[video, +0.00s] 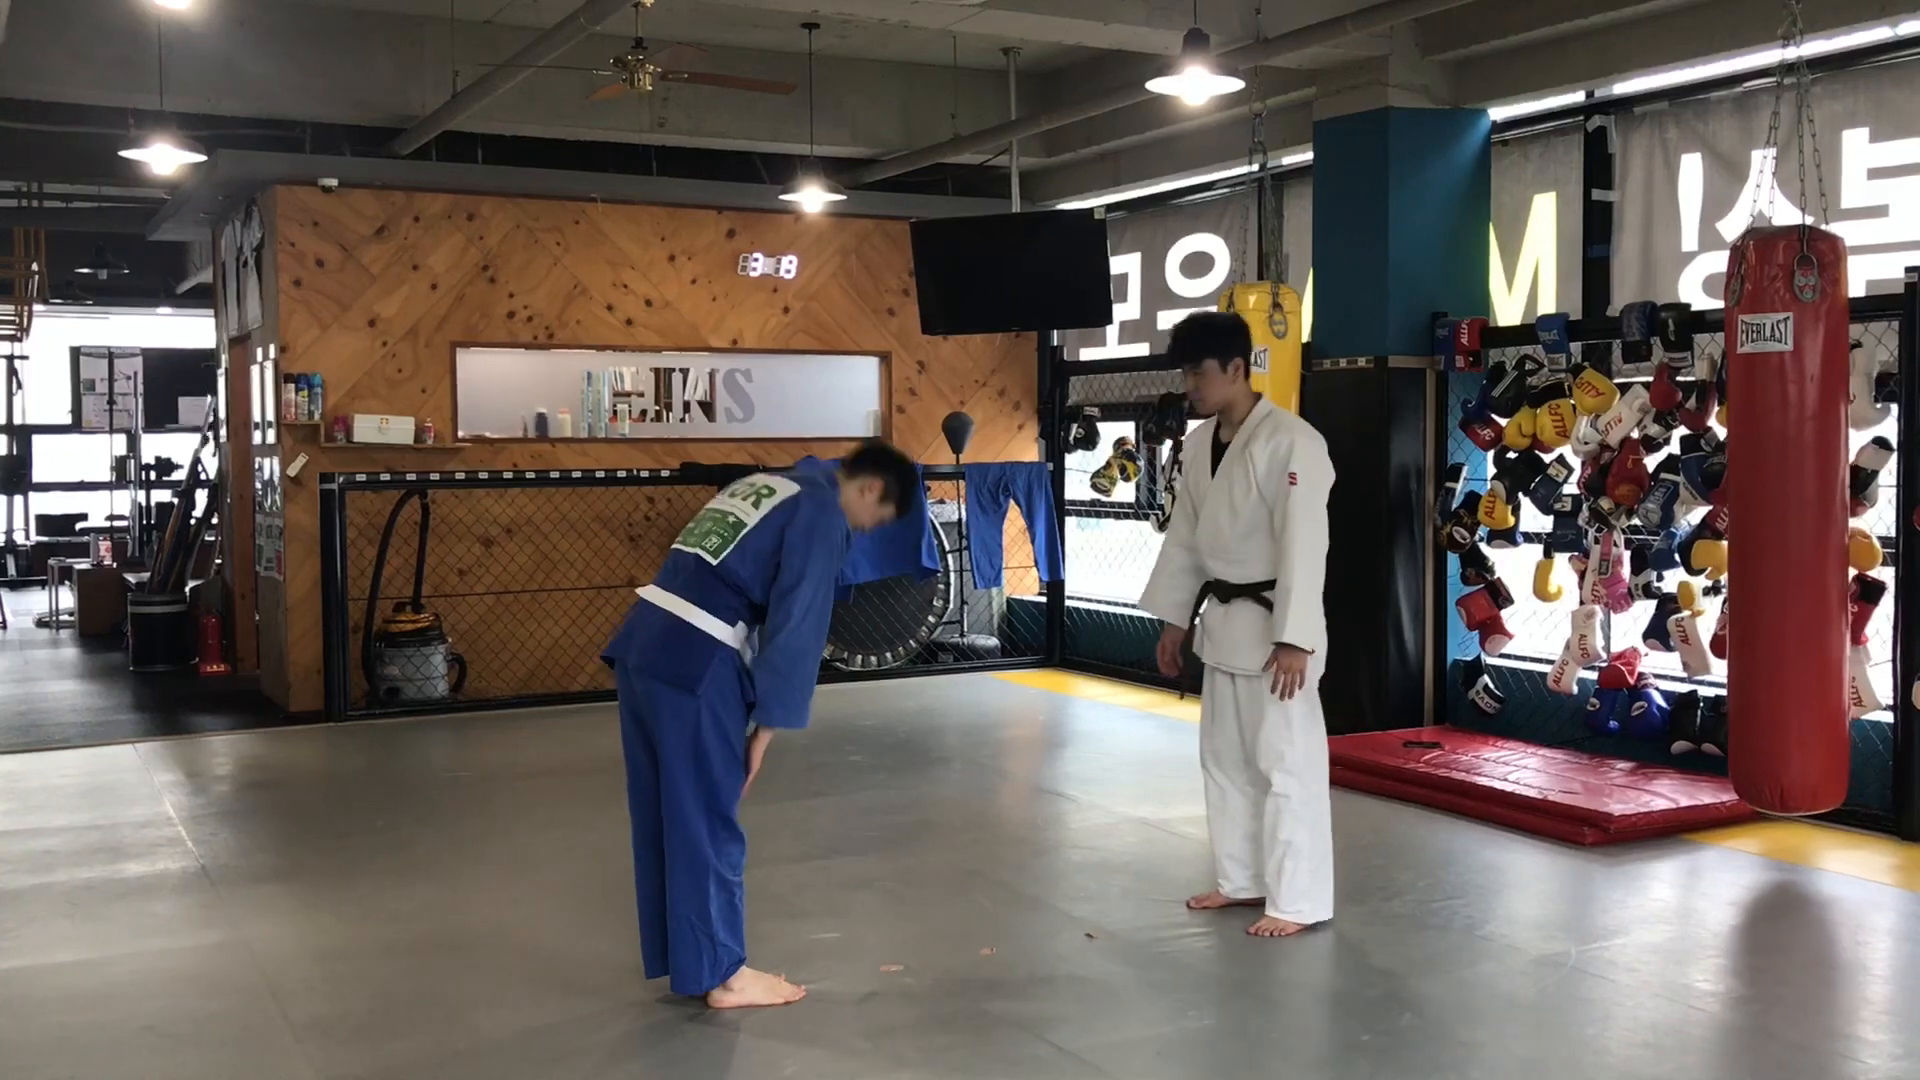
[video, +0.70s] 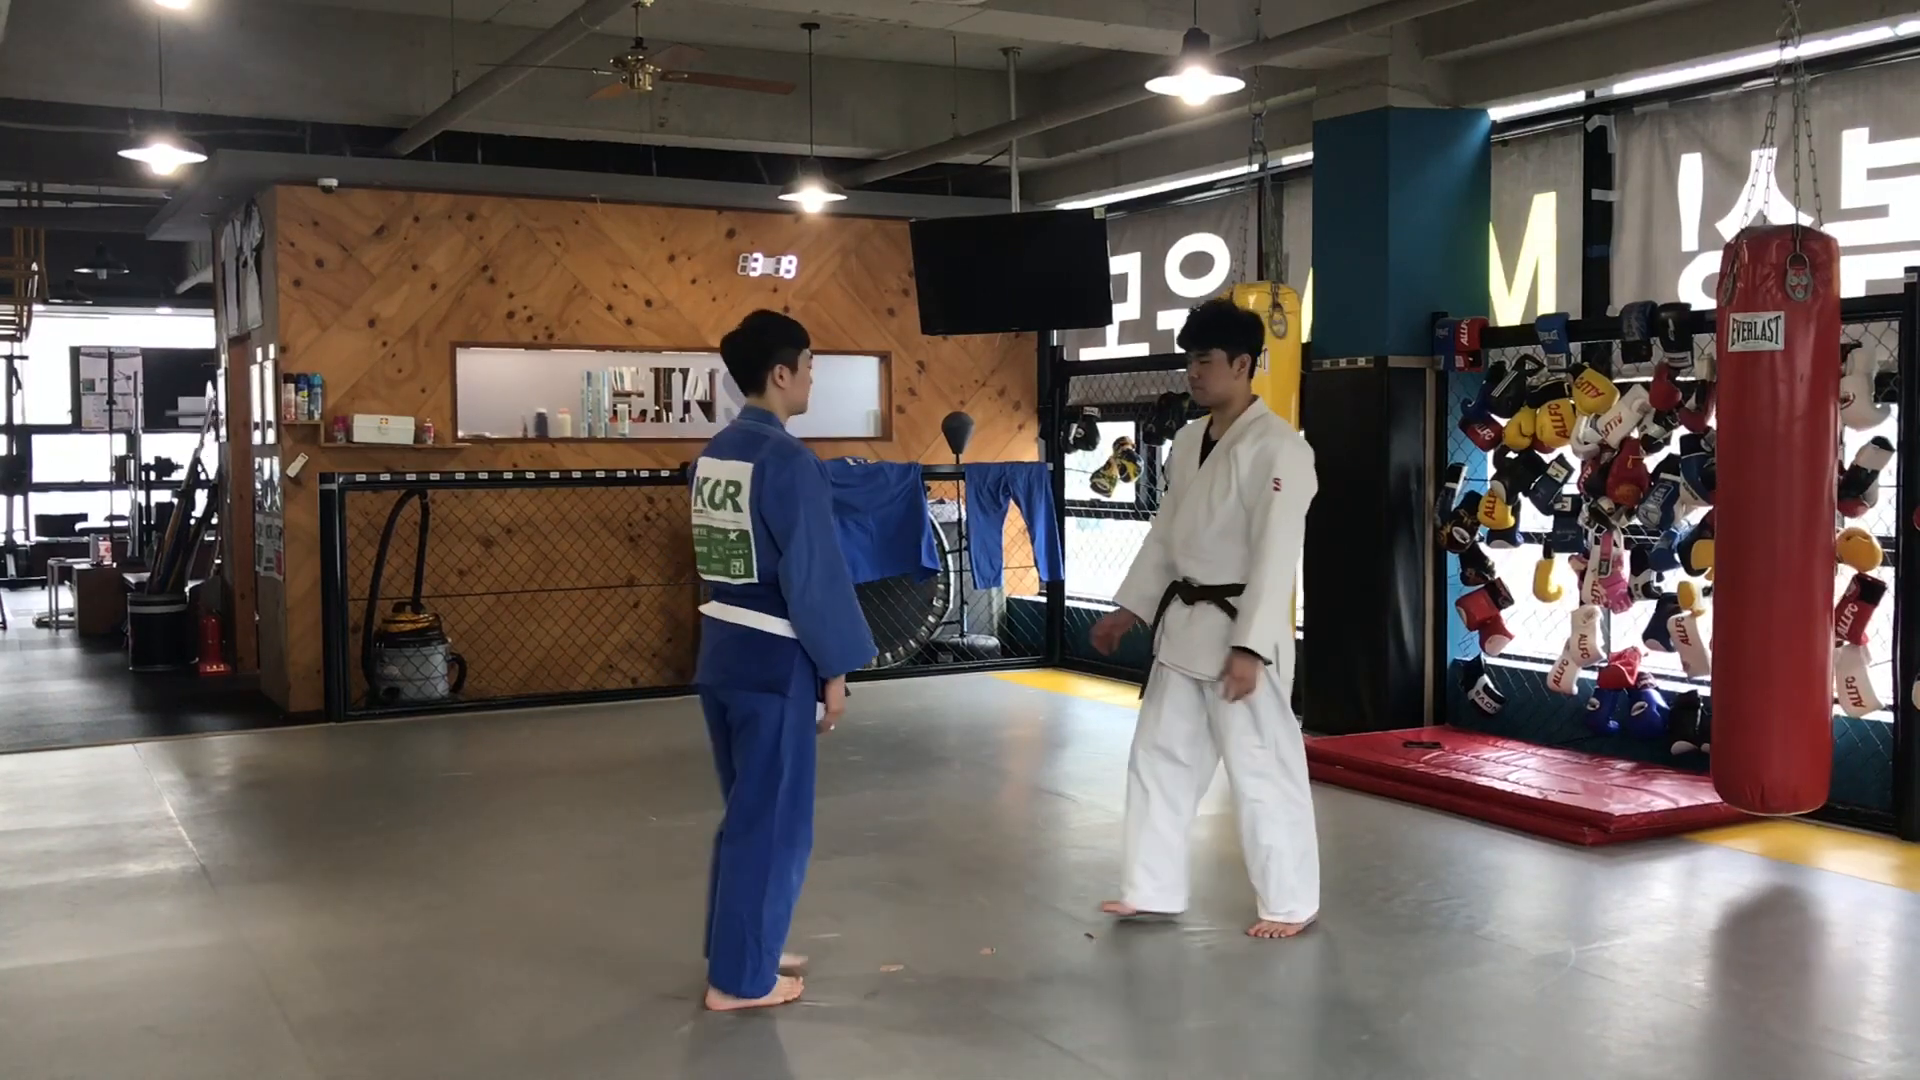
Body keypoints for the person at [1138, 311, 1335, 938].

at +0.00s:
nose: (1187, 388)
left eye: (1196, 375)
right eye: (1184, 376)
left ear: (1236, 369)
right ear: (1204, 375)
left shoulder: (1293, 441)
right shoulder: (1198, 442)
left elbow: (1305, 546)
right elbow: (1183, 537)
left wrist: (1295, 638)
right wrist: (1174, 619)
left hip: (1277, 624)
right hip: (1219, 622)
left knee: (1285, 767)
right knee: (1226, 761)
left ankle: (1302, 903)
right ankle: (1242, 882)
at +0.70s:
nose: (1192, 374)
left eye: (1204, 362)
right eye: (1189, 362)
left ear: (1243, 366)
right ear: (1196, 367)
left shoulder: (1279, 445)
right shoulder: (1190, 440)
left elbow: (1278, 552)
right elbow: (1165, 532)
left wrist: (1251, 645)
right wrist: (1129, 606)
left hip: (1248, 627)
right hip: (1183, 623)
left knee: (1263, 771)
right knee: (1160, 758)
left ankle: (1291, 903)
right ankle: (1157, 893)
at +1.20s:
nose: (1128, 368)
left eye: (1142, 357)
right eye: (1125, 357)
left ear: (1180, 361)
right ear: (1125, 362)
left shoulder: (1208, 442)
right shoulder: (1112, 440)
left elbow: (1185, 525)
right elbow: (1067, 512)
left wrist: (1118, 567)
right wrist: (995, 525)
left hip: (1174, 617)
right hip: (1116, 615)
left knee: (1182, 761)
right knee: (1118, 766)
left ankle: (1246, 883)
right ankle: (1136, 903)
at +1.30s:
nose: (1123, 368)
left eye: (1136, 357)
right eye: (1120, 356)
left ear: (1174, 359)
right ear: (1121, 359)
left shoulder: (1203, 441)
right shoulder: (1108, 430)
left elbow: (1169, 513)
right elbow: (1064, 498)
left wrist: (1091, 543)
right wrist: (992, 492)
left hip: (1170, 612)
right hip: (1114, 610)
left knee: (1167, 766)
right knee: (1114, 766)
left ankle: (1207, 912)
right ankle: (1136, 901)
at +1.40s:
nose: (1123, 367)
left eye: (1136, 355)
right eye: (1119, 355)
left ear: (1175, 361)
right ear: (1120, 362)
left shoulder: (1199, 442)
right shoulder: (1104, 433)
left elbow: (1154, 507)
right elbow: (1047, 473)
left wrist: (1069, 520)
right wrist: (989, 490)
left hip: (1164, 617)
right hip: (1109, 614)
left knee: (1160, 776)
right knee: (1108, 770)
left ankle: (1168, 928)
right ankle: (1125, 902)